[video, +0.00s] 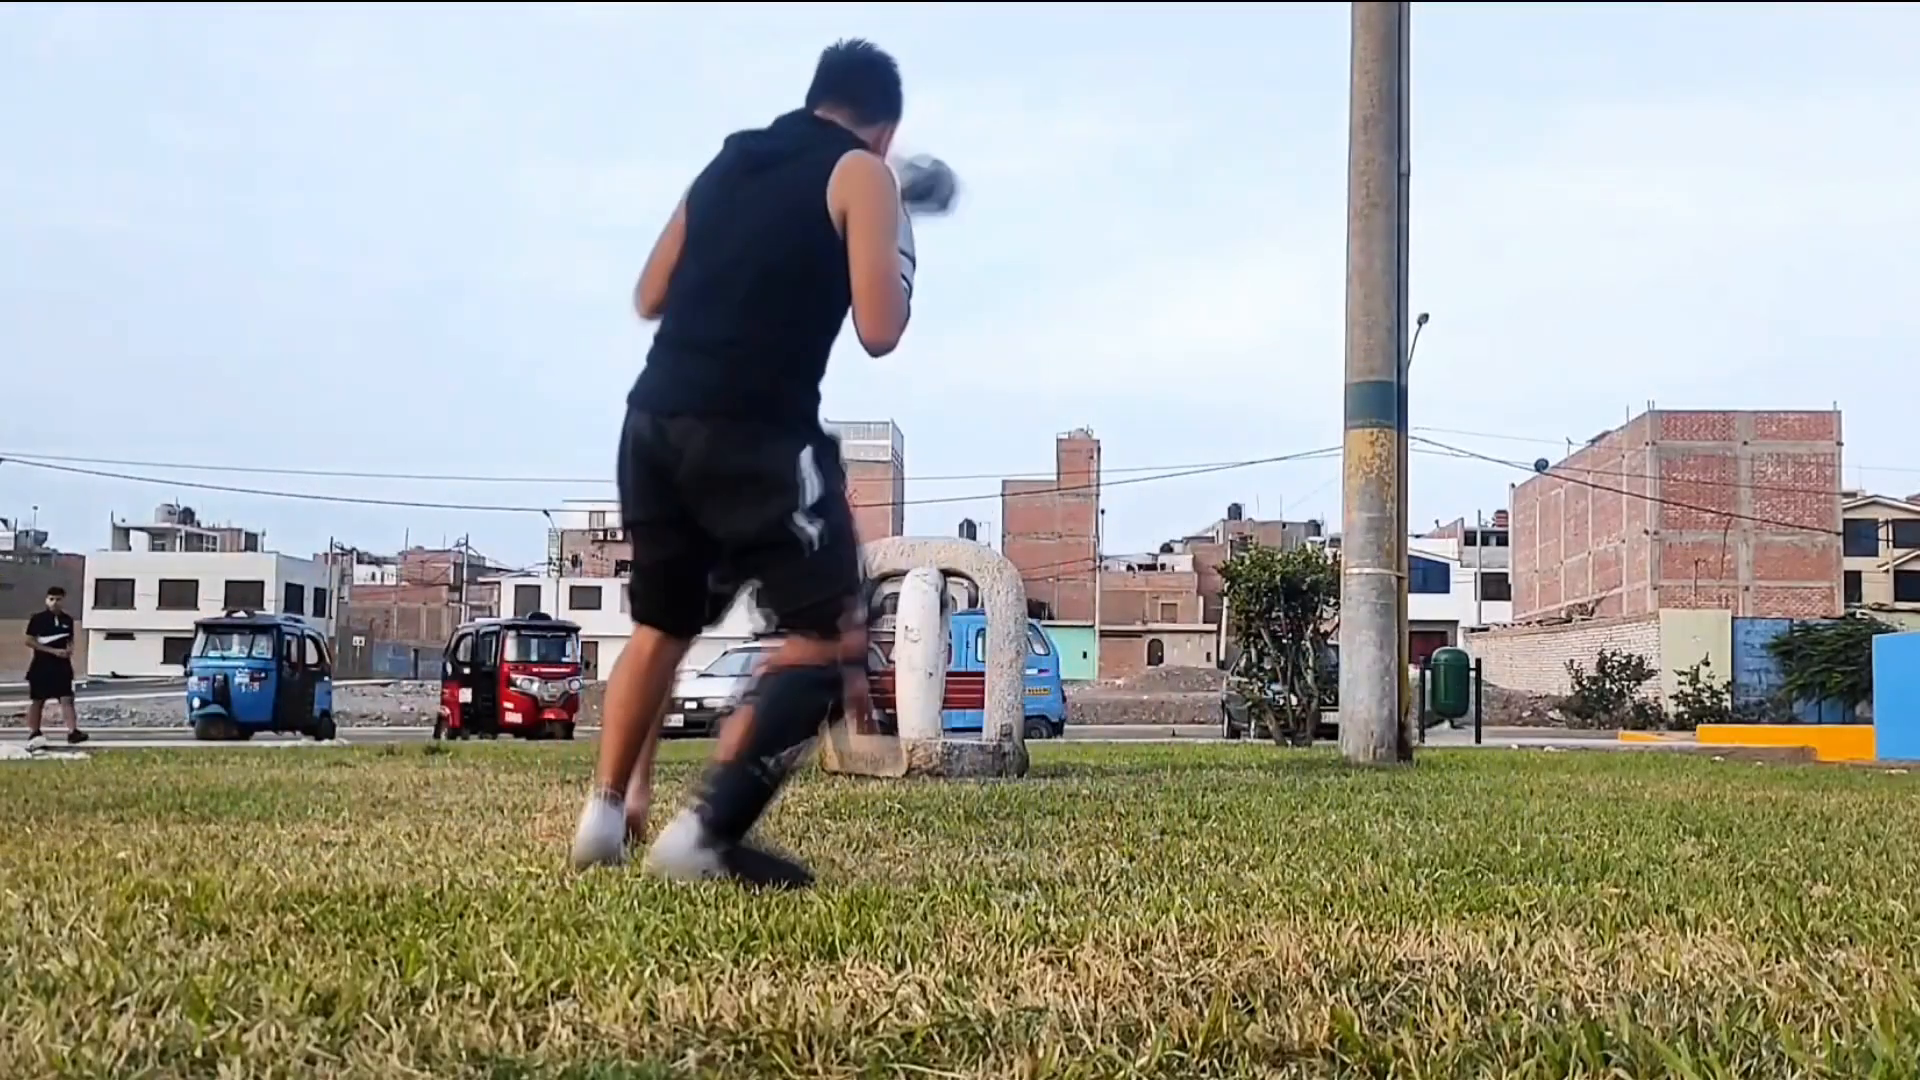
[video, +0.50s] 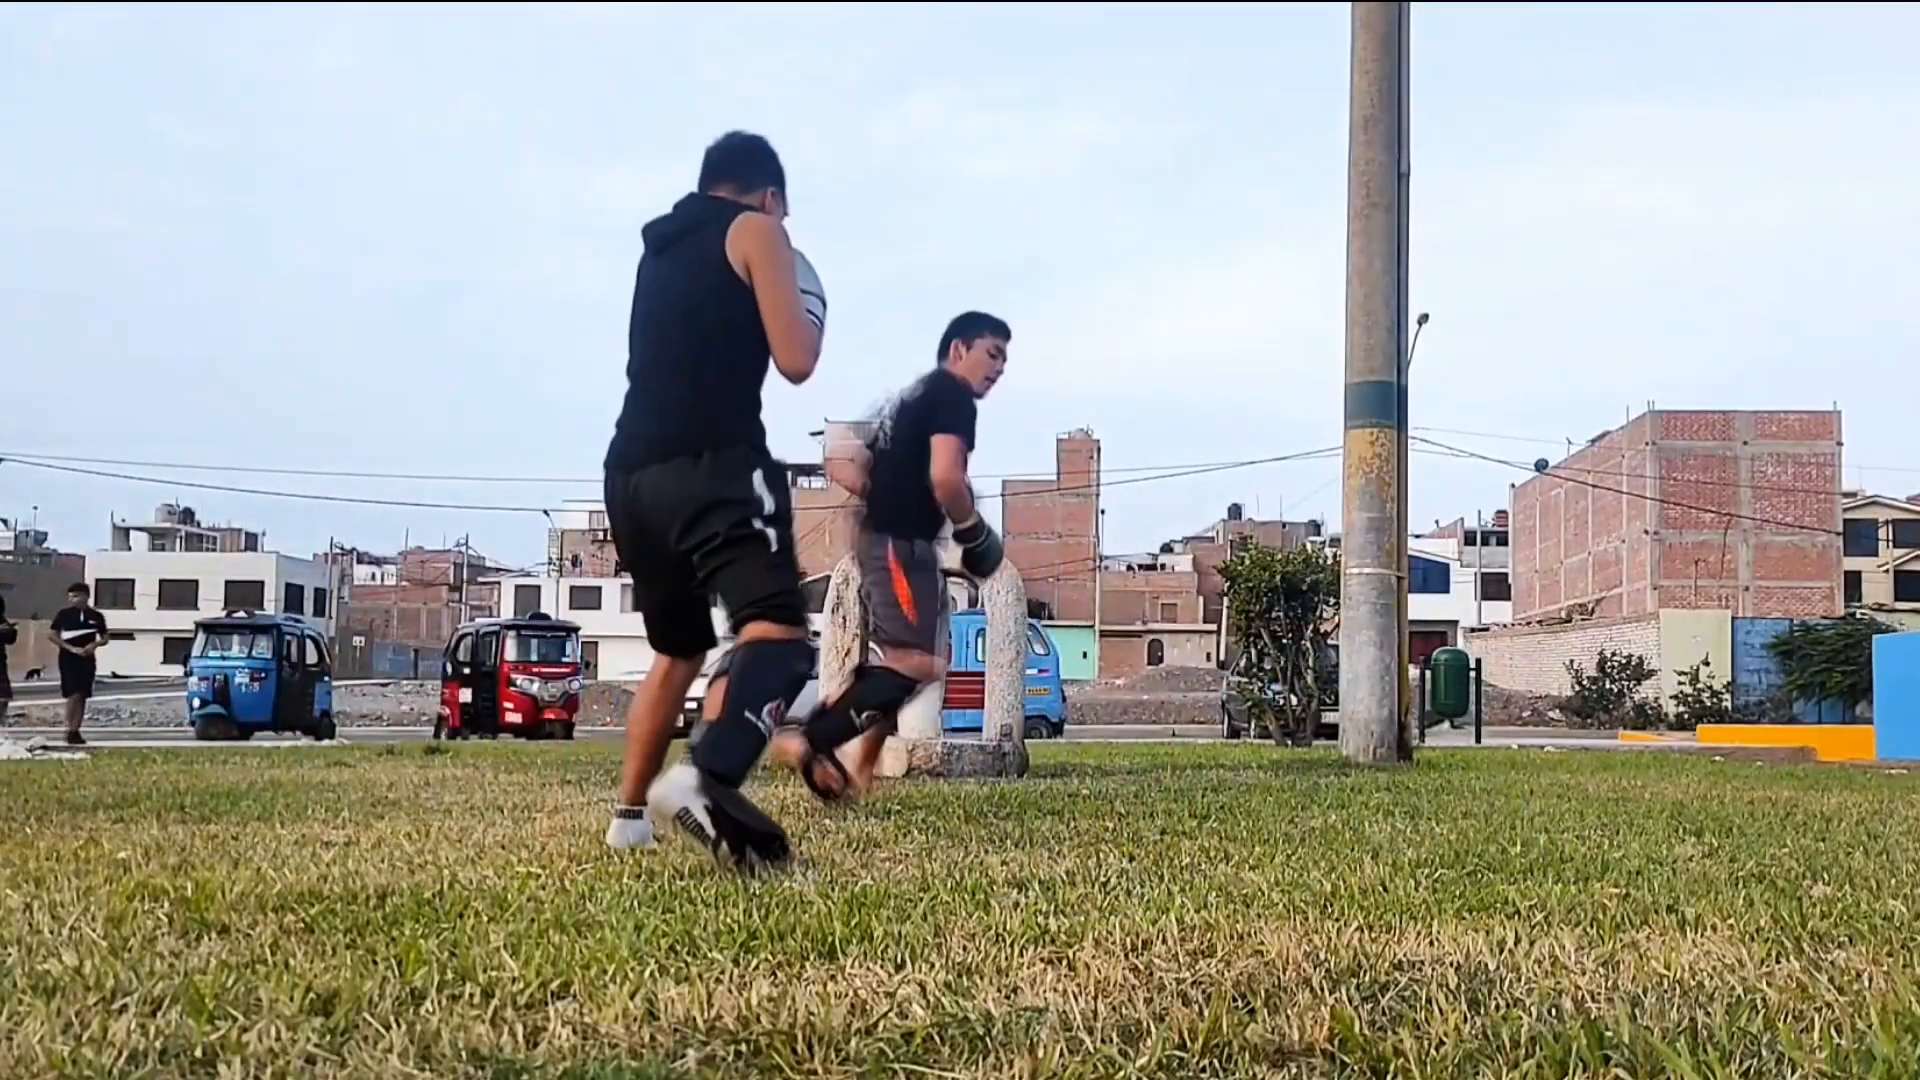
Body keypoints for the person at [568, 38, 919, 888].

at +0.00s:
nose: (886, 143)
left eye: (883, 134)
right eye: (888, 134)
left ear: (813, 100)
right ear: (881, 123)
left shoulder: (730, 161)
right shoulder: (862, 174)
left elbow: (653, 296)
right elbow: (880, 331)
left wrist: (756, 262)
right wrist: (895, 236)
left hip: (656, 420)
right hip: (759, 430)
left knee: (661, 618)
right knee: (821, 640)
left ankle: (606, 814)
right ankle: (707, 835)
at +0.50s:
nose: (781, 217)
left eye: (781, 208)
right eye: (781, 206)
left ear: (705, 186)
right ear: (767, 196)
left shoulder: (662, 244)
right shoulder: (754, 230)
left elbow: (680, 345)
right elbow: (795, 360)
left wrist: (765, 278)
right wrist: (807, 293)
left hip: (633, 471)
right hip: (714, 463)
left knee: (677, 649)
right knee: (775, 637)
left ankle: (630, 817)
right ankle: (704, 775)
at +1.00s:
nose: (847, 274)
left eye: (853, 262)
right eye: (851, 259)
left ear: (783, 232)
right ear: (830, 240)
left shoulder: (728, 283)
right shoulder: (799, 275)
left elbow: (757, 377)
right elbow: (820, 379)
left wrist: (818, 323)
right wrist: (857, 353)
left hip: (705, 496)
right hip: (778, 501)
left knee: (697, 650)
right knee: (840, 639)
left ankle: (639, 801)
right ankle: (819, 806)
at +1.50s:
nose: (908, 331)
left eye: (911, 318)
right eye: (907, 316)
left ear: (871, 303)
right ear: (878, 303)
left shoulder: (848, 353)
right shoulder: (828, 346)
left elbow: (907, 432)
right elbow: (857, 444)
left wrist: (904, 395)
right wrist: (894, 396)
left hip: (840, 545)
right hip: (811, 547)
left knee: (878, 686)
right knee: (861, 691)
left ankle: (790, 829)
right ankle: (772, 833)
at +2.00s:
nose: (885, 354)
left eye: (888, 339)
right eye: (877, 336)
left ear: (839, 334)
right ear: (833, 329)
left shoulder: (844, 411)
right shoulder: (774, 391)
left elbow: (884, 503)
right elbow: (804, 490)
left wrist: (912, 438)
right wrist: (861, 420)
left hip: (829, 607)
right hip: (764, 607)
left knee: (917, 718)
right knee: (739, 754)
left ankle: (881, 848)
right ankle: (648, 887)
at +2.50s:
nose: (975, 370)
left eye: (978, 355)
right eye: (965, 352)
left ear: (942, 354)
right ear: (916, 348)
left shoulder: (944, 432)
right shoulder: (849, 421)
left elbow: (985, 533)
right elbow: (862, 522)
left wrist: (1024, 476)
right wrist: (924, 451)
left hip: (950, 638)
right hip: (865, 644)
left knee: (1054, 732)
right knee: (820, 771)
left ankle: (1030, 866)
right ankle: (761, 913)